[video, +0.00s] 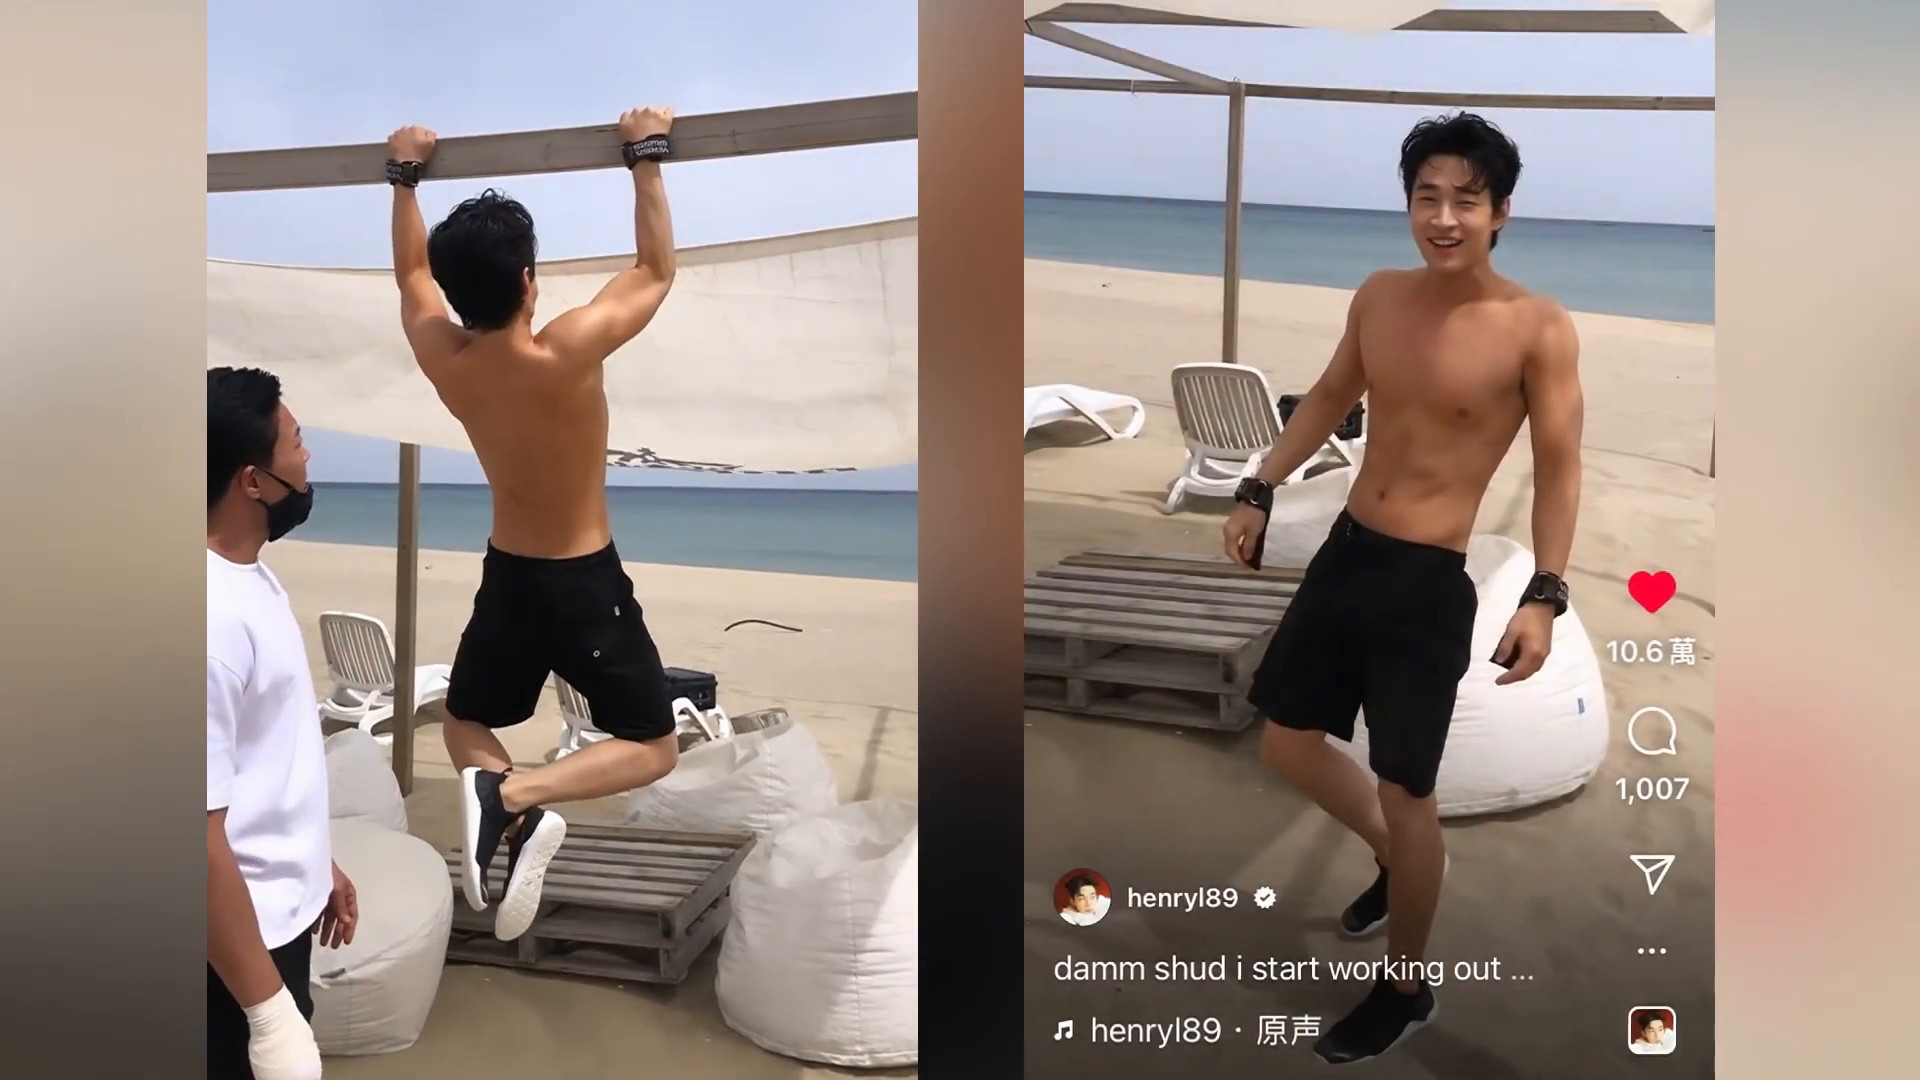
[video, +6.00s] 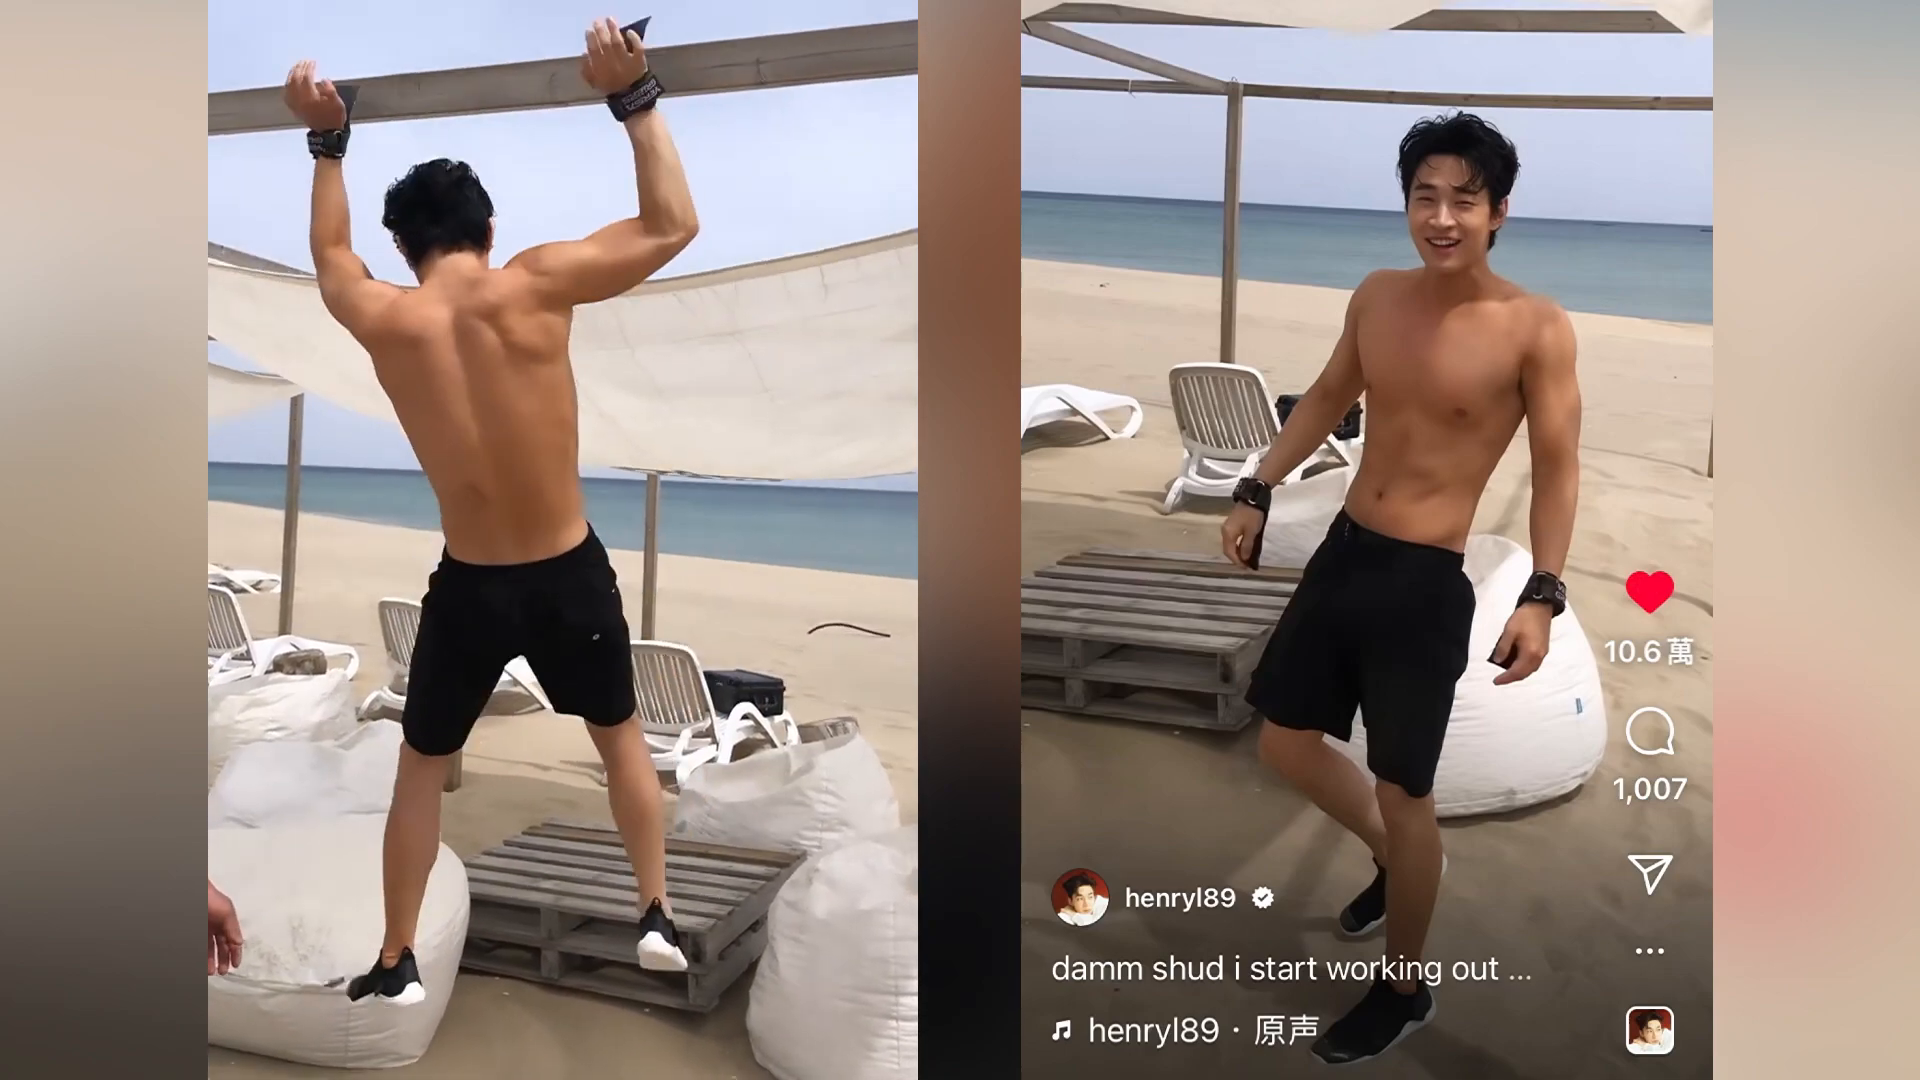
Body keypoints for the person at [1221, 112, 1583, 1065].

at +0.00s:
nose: (1442, 216)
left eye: (1464, 198)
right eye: (1426, 197)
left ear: (1500, 211)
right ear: (1407, 208)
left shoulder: (1536, 328)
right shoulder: (1380, 297)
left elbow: (1558, 468)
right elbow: (1331, 398)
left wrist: (1543, 595)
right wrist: (1258, 484)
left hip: (1429, 579)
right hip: (1347, 554)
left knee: (1404, 799)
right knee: (1286, 742)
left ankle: (1405, 982)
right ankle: (1400, 847)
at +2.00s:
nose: (1440, 216)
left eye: (1462, 198)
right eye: (1424, 197)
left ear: (1498, 210)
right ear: (1406, 208)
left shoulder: (1534, 328)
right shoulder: (1378, 297)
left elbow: (1556, 468)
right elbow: (1329, 398)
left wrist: (1540, 595)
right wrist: (1256, 484)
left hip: (1427, 579)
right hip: (1345, 554)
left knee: (1402, 799)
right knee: (1284, 742)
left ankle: (1402, 981)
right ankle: (1398, 847)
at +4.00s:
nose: (1440, 216)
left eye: (1462, 198)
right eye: (1424, 197)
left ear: (1498, 210)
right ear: (1406, 208)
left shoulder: (1535, 328)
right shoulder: (1378, 296)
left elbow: (1556, 468)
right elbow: (1330, 398)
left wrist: (1540, 595)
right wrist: (1255, 484)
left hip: (1426, 579)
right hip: (1345, 553)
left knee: (1402, 799)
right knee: (1284, 742)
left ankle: (1403, 981)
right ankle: (1398, 847)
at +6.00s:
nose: (1440, 216)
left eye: (1462, 198)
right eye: (1424, 197)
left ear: (1498, 210)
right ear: (1406, 207)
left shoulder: (1535, 328)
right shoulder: (1378, 296)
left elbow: (1556, 468)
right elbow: (1330, 397)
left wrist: (1541, 595)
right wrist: (1255, 484)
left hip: (1426, 579)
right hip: (1344, 553)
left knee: (1403, 799)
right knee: (1285, 742)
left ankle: (1403, 981)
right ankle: (1399, 847)